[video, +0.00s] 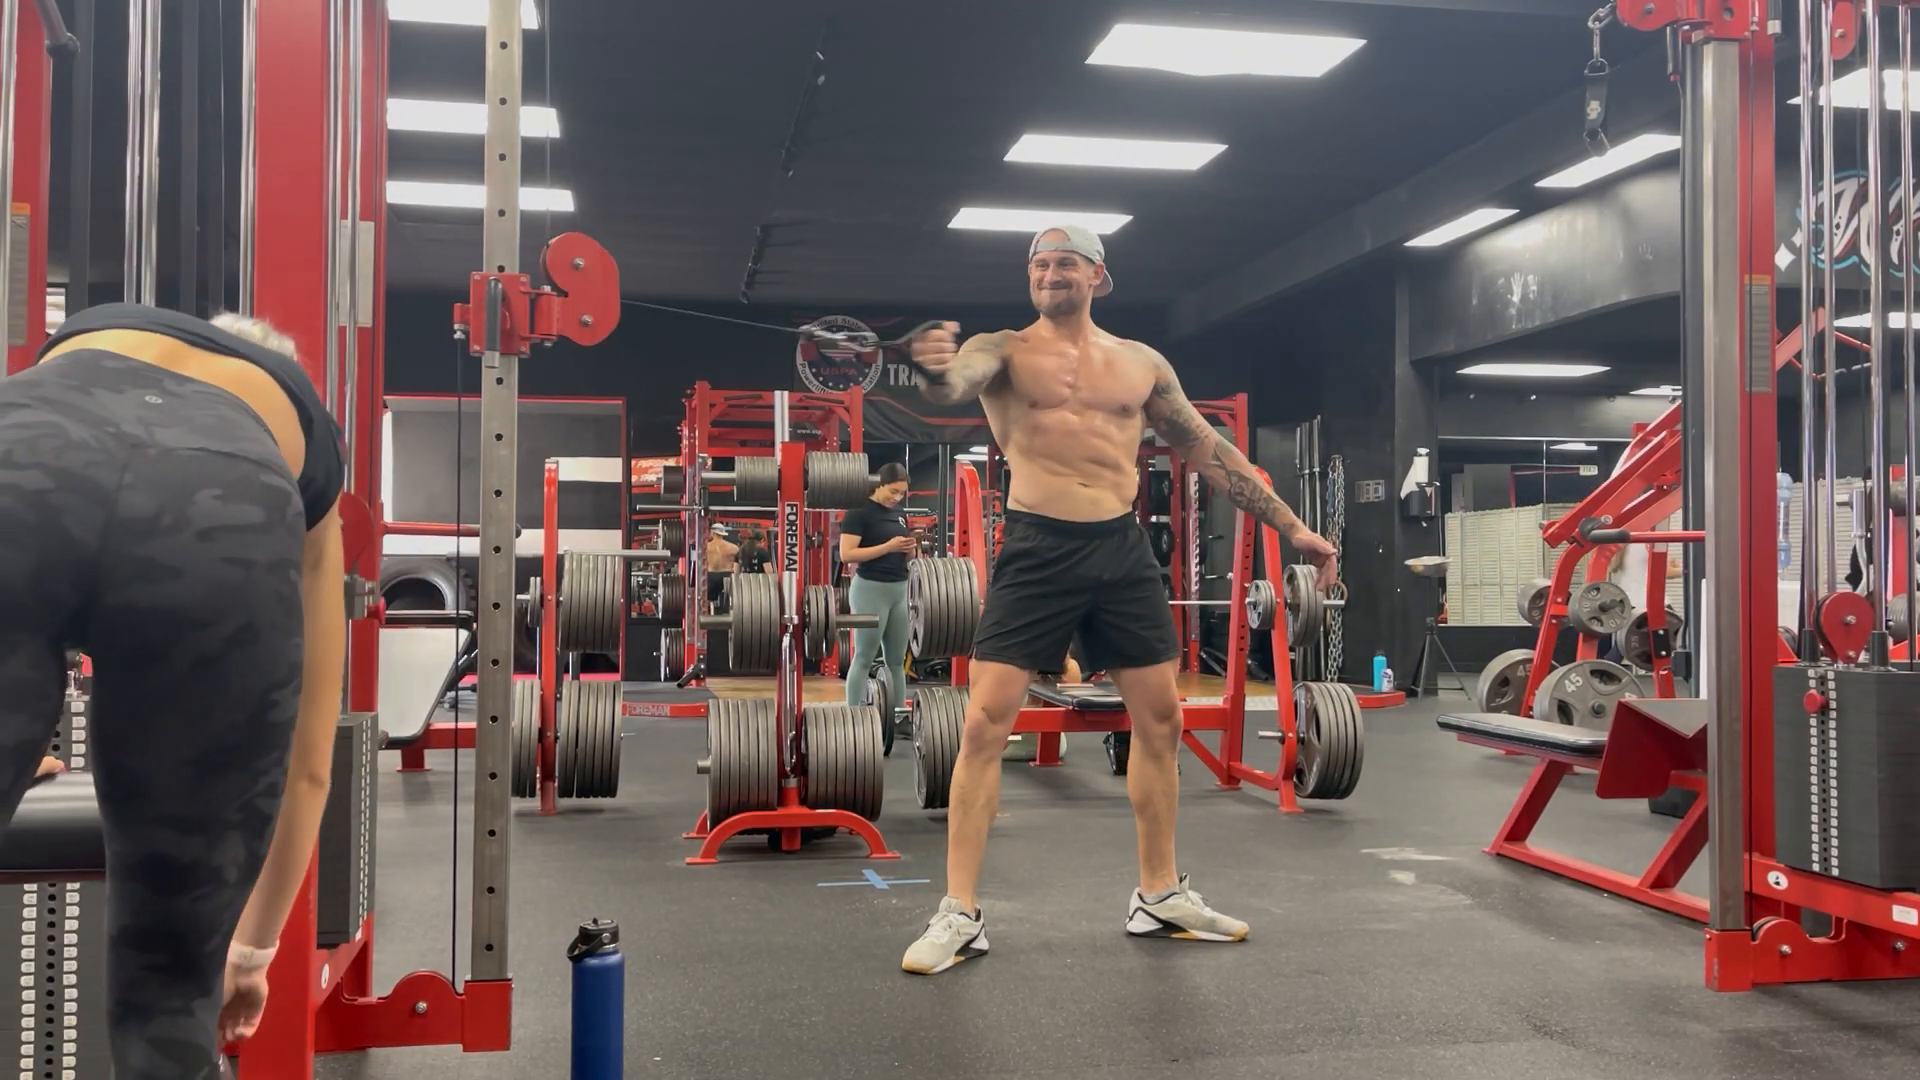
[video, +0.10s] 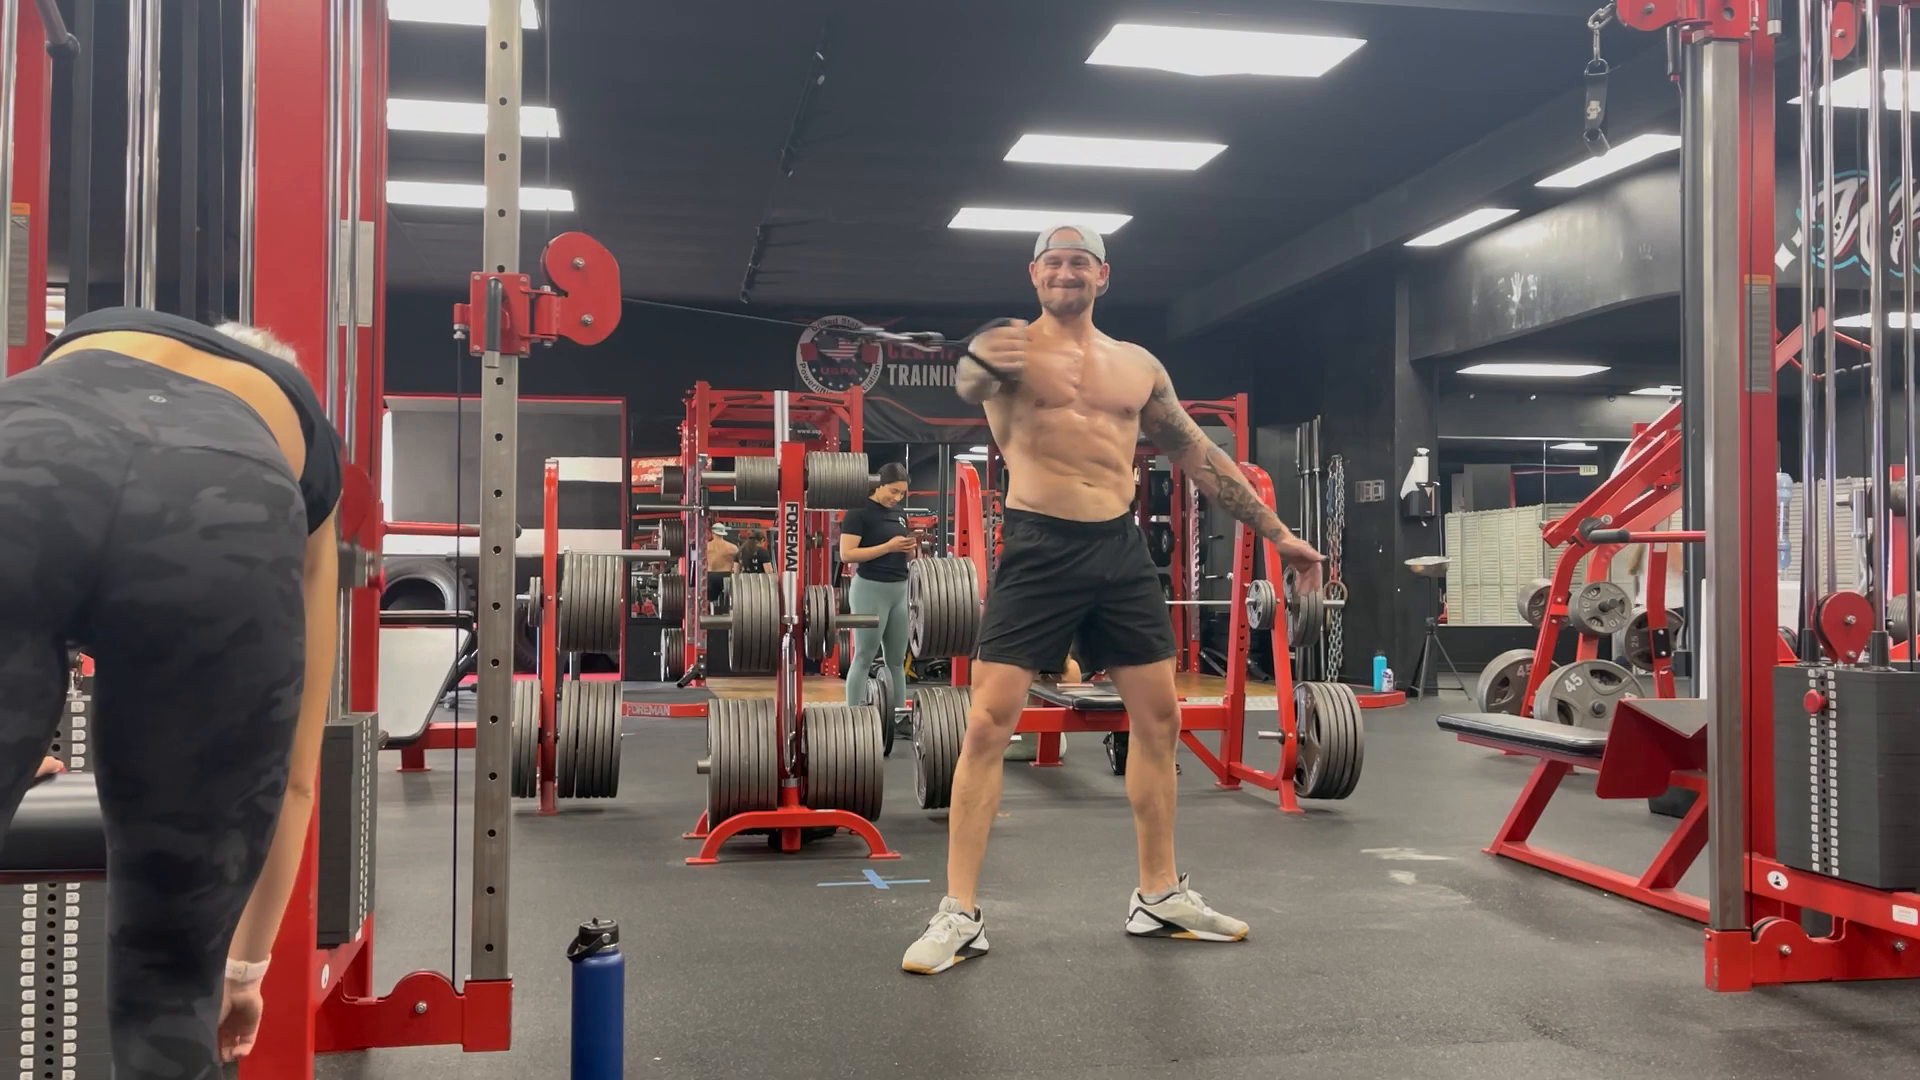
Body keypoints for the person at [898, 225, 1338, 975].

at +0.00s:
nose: (1052, 272)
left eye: (1067, 262)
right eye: (1042, 262)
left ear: (1098, 279)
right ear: (1029, 277)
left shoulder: (1143, 364)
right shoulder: (1001, 347)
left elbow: (1217, 456)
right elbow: (949, 385)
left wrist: (1296, 529)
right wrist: (926, 364)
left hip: (1122, 549)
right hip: (1033, 550)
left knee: (1161, 719)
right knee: (983, 724)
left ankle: (1159, 894)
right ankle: (959, 908)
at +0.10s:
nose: (1067, 269)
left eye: (1081, 259)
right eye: (1054, 259)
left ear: (1103, 280)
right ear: (1032, 277)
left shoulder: (1139, 364)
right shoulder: (1005, 342)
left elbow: (1207, 460)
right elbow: (967, 387)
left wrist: (1280, 532)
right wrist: (990, 368)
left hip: (1120, 549)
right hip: (1033, 548)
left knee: (1159, 718)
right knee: (986, 724)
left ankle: (1159, 894)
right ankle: (959, 910)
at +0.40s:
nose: (1094, 276)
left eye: (1102, 267)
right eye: (1079, 263)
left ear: (1110, 282)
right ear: (1040, 276)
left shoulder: (1123, 373)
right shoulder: (1009, 351)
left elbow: (1160, 469)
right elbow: (1075, 382)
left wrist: (1212, 544)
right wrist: (1186, 371)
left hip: (1126, 552)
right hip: (1044, 549)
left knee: (1157, 716)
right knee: (999, 729)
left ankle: (1159, 893)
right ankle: (960, 909)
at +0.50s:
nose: (1105, 277)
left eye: (1110, 268)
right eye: (1089, 264)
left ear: (1109, 283)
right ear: (1047, 275)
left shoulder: (1115, 371)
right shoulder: (1018, 350)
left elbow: (1144, 464)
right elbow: (1111, 381)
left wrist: (1191, 541)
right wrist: (1235, 372)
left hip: (1126, 552)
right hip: (1050, 550)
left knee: (1157, 716)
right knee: (1003, 731)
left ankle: (1159, 893)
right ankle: (960, 909)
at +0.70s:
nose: (1120, 284)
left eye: (1122, 273)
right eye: (1106, 270)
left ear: (1104, 285)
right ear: (1061, 275)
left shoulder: (1101, 363)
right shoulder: (1040, 344)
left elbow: (1113, 472)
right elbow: (1156, 383)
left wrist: (1149, 546)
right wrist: (1277, 383)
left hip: (1124, 556)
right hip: (1055, 550)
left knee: (1155, 716)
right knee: (1013, 733)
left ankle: (1159, 894)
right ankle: (960, 910)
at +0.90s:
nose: (1126, 289)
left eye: (1129, 277)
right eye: (1116, 275)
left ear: (1091, 280)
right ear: (1072, 275)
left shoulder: (1096, 355)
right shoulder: (1058, 342)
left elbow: (1172, 395)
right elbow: (1163, 392)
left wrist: (1259, 398)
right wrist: (1270, 401)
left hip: (1121, 555)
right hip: (1056, 551)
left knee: (1151, 720)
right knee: (1013, 734)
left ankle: (1158, 894)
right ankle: (960, 911)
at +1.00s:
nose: (1127, 289)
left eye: (1129, 277)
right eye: (1117, 275)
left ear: (1089, 279)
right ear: (1073, 275)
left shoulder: (1096, 353)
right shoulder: (1058, 342)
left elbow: (1174, 397)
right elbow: (1167, 394)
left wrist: (1260, 398)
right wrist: (1271, 401)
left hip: (1122, 554)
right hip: (1058, 551)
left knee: (1150, 720)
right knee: (1015, 737)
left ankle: (1158, 894)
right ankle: (961, 910)